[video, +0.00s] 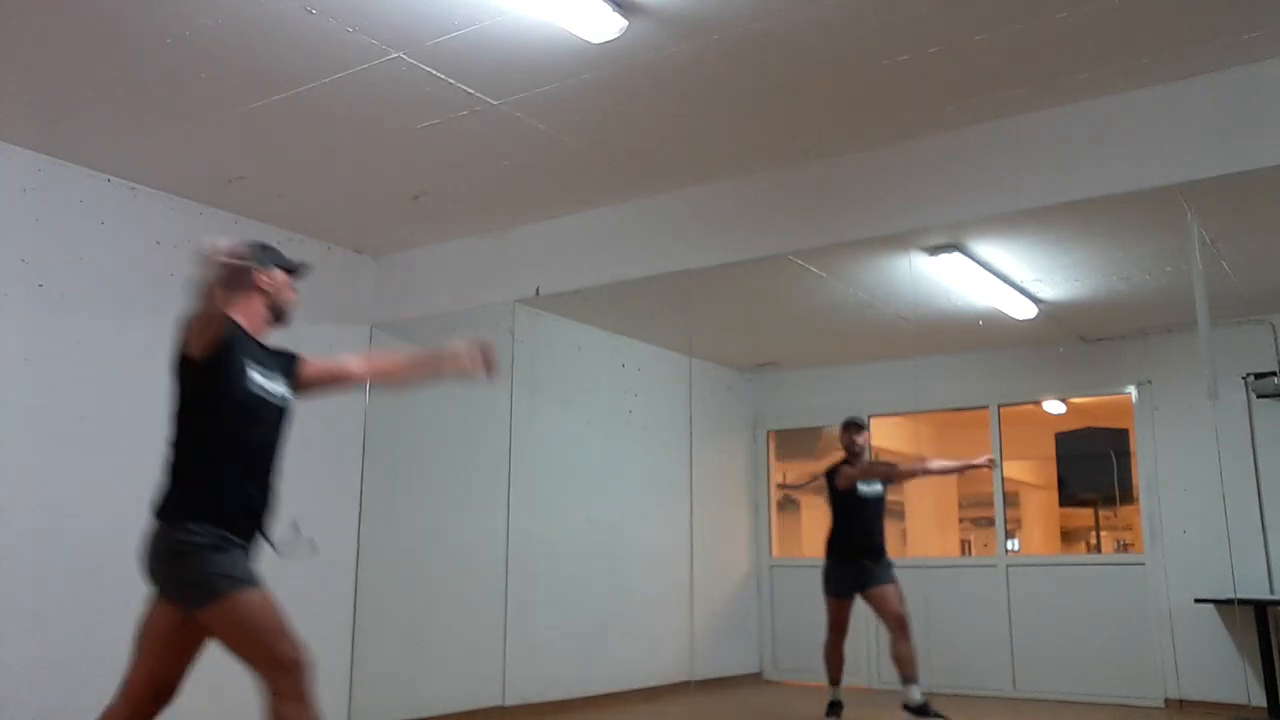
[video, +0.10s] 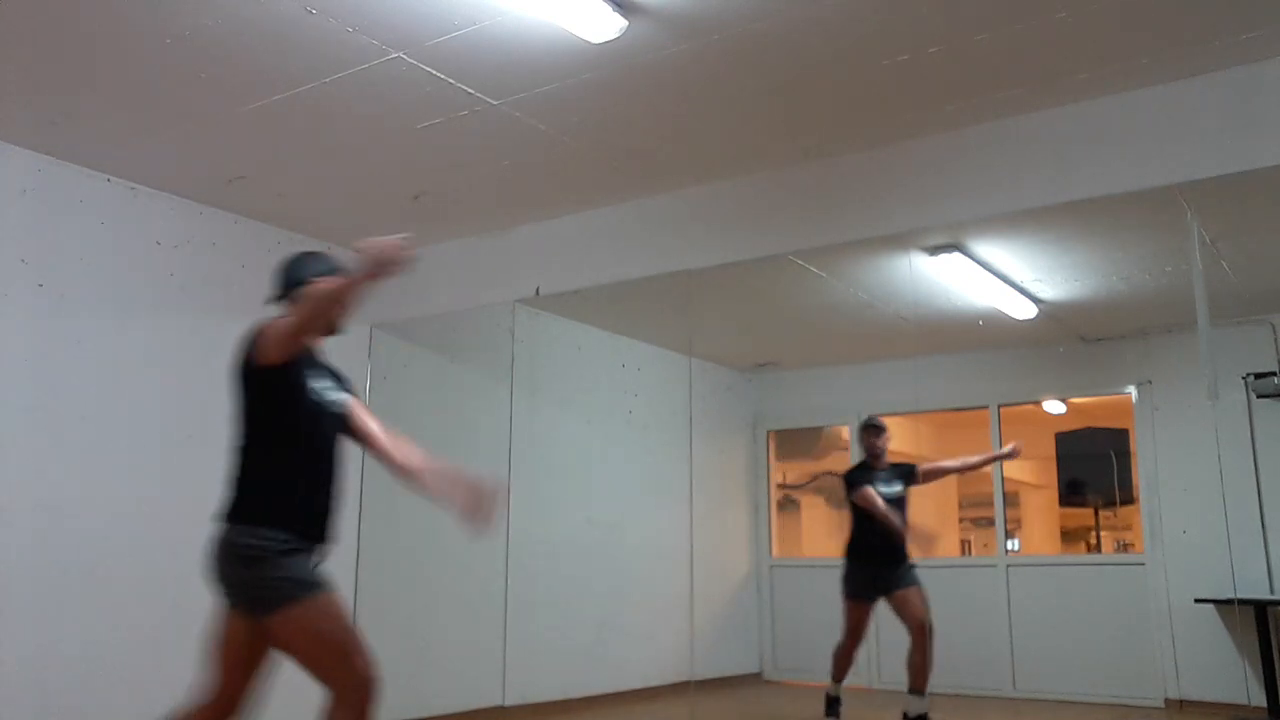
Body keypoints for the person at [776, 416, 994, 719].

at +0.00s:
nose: (854, 439)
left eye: (858, 433)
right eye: (848, 434)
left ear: (868, 438)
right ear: (841, 440)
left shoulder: (880, 471)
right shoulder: (837, 473)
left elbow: (923, 466)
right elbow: (865, 471)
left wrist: (969, 464)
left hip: (874, 561)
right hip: (841, 562)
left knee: (899, 621)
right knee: (836, 632)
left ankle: (913, 698)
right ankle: (835, 698)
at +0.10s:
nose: (875, 443)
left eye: (879, 436)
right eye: (869, 438)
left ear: (887, 438)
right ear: (862, 442)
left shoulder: (903, 472)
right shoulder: (855, 477)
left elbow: (955, 466)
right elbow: (877, 506)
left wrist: (1001, 454)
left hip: (896, 565)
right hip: (862, 566)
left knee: (922, 626)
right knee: (853, 636)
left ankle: (916, 710)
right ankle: (833, 695)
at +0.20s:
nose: (902, 441)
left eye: (906, 435)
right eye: (897, 435)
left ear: (914, 438)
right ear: (888, 439)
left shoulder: (930, 471)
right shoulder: (879, 478)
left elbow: (979, 455)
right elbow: (880, 532)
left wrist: (1023, 432)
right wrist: (878, 581)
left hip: (921, 569)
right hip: (887, 570)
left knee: (935, 636)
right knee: (885, 643)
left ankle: (917, 710)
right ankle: (848, 678)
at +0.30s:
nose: (930, 439)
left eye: (935, 432)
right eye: (925, 432)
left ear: (944, 434)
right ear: (917, 435)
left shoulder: (960, 467)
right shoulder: (901, 470)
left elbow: (1007, 449)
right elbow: (867, 510)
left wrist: (1045, 428)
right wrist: (834, 543)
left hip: (939, 559)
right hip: (902, 557)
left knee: (938, 633)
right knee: (930, 621)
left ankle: (920, 702)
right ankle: (903, 687)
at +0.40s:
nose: (952, 424)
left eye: (957, 418)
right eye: (946, 418)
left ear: (967, 421)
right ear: (938, 421)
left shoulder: (981, 456)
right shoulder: (922, 451)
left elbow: (1028, 462)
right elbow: (869, 461)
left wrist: (1067, 466)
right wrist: (819, 471)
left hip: (956, 552)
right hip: (925, 550)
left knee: (934, 630)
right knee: (960, 621)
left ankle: (911, 700)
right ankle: (973, 703)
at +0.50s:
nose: (968, 427)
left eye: (973, 421)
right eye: (961, 421)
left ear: (983, 423)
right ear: (951, 424)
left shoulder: (998, 463)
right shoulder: (939, 452)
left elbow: (1026, 506)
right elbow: (900, 425)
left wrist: (1056, 547)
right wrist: (866, 402)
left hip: (984, 557)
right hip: (953, 556)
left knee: (973, 639)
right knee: (991, 636)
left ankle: (912, 639)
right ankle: (992, 712)